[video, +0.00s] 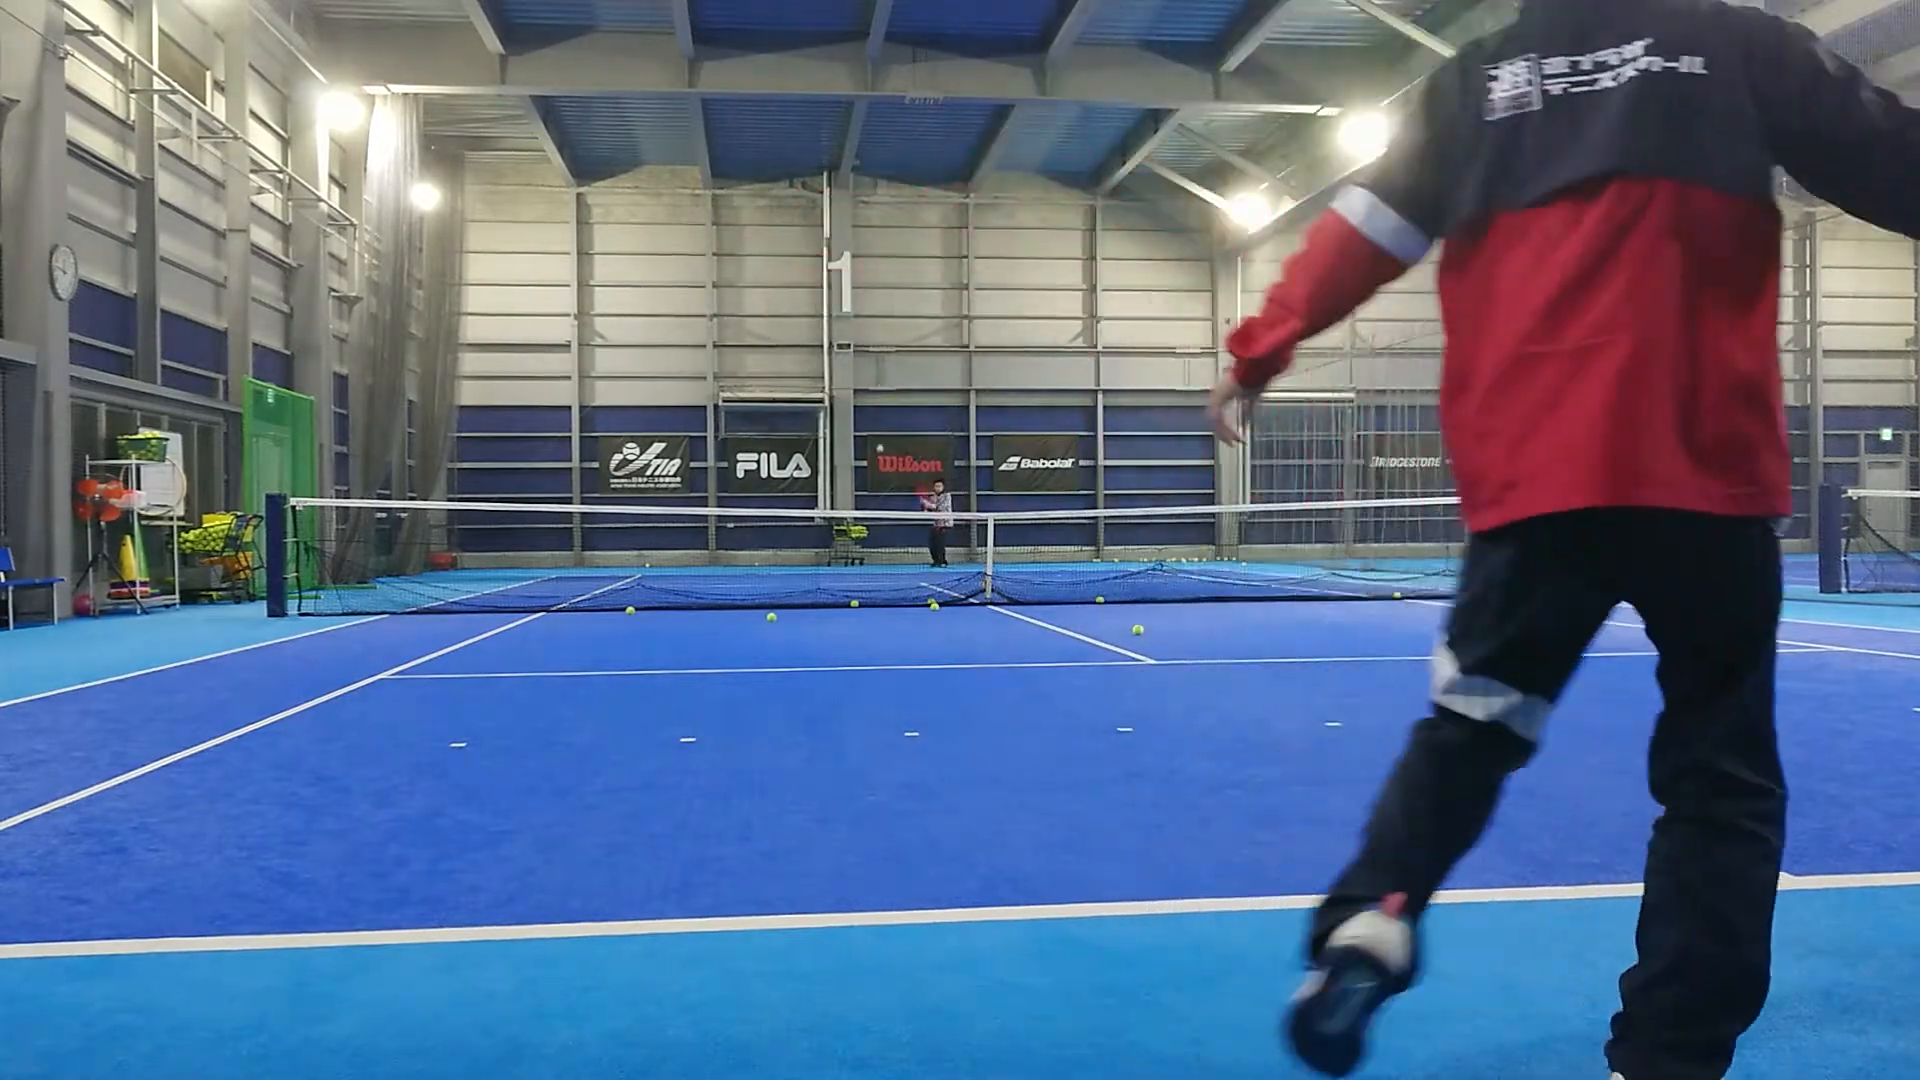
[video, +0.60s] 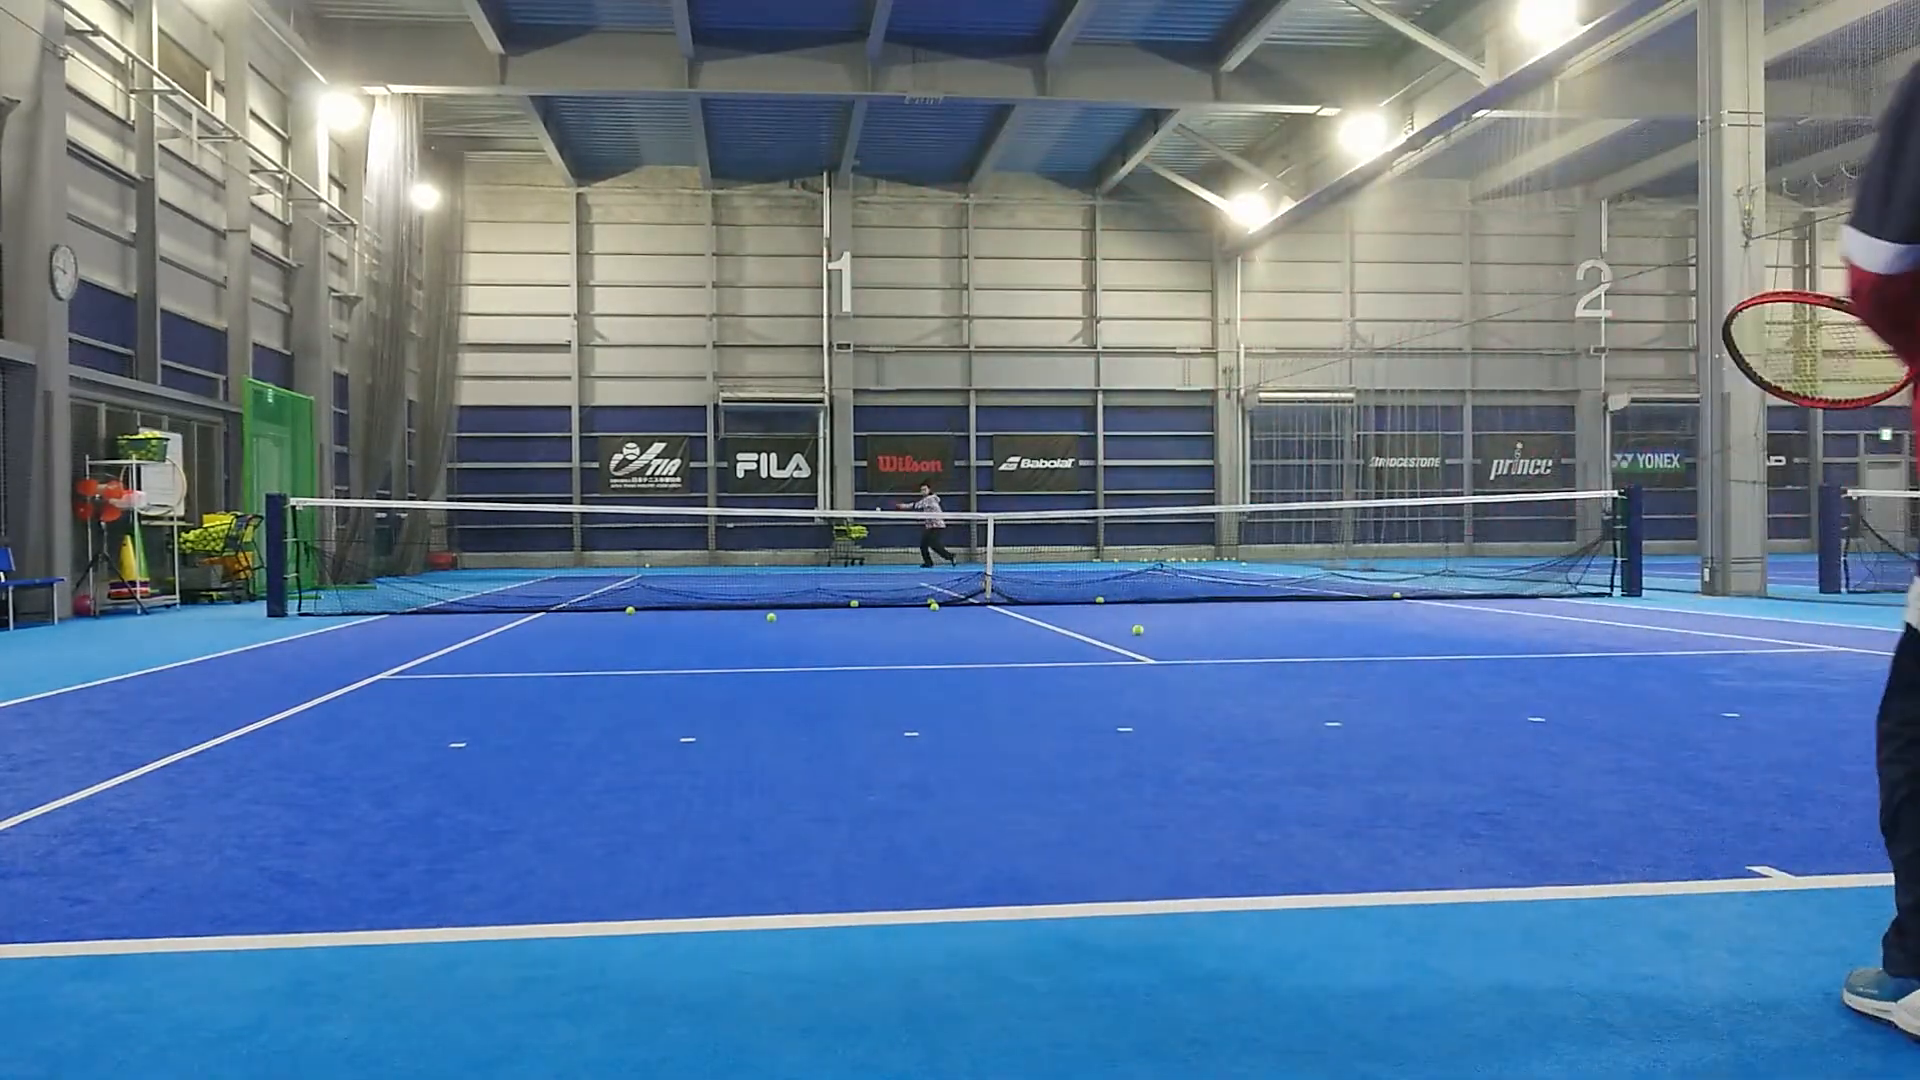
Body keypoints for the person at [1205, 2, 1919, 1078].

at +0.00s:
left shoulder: (1474, 74)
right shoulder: (1743, 41)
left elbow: (1363, 234)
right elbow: (1905, 168)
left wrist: (1255, 350)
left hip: (1533, 465)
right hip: (1711, 465)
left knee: (1476, 715)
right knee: (1721, 769)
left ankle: (1372, 916)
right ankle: (1674, 1053)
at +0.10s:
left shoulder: (1554, 83)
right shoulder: (1839, 55)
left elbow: (1454, 256)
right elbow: (1917, 196)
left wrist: (1370, 364)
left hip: (1609, 459)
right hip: (1777, 460)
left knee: (1617, 708)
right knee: (1761, 758)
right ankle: (1669, 1050)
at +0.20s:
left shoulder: (1649, 57)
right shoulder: (1901, 34)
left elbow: (1558, 235)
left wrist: (1455, 357)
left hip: (1692, 424)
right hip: (1867, 419)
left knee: (1741, 714)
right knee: (1797, 725)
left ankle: (1825, 960)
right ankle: (1690, 998)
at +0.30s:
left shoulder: (1723, 87)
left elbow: (1635, 255)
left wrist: (1524, 377)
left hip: (1773, 463)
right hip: (1905, 448)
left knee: (1848, 729)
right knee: (1907, 726)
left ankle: (1902, 971)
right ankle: (1807, 915)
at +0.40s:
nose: (1818, 14)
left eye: (1818, 9)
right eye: (1818, 12)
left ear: (1842, 2)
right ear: (1889, 2)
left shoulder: (1808, 99)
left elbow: (1707, 293)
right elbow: (1710, 290)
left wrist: (1621, 399)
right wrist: (1631, 392)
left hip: (1874, 477)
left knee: (1877, 730)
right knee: (1878, 723)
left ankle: (1912, 977)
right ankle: (1908, 971)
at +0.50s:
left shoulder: (1878, 75)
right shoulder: (1870, 78)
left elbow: (1786, 271)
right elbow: (1790, 267)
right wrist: (1787, 359)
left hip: (1909, 483)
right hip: (1900, 483)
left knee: (1891, 726)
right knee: (1889, 722)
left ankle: (1913, 973)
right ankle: (1909, 966)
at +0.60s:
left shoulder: (1919, 83)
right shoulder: (1912, 87)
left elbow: (1876, 278)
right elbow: (1880, 280)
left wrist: (1919, 354)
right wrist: (1919, 353)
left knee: (1909, 725)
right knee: (1908, 724)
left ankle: (1914, 964)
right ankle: (1910, 961)